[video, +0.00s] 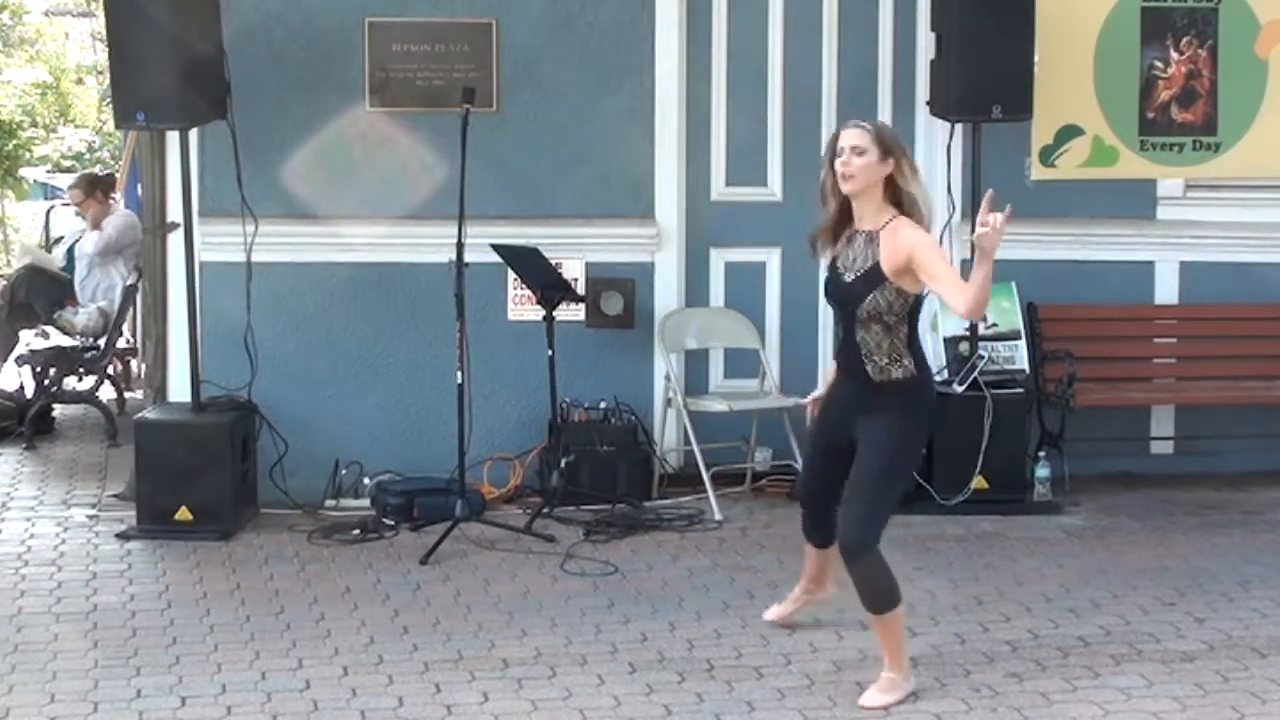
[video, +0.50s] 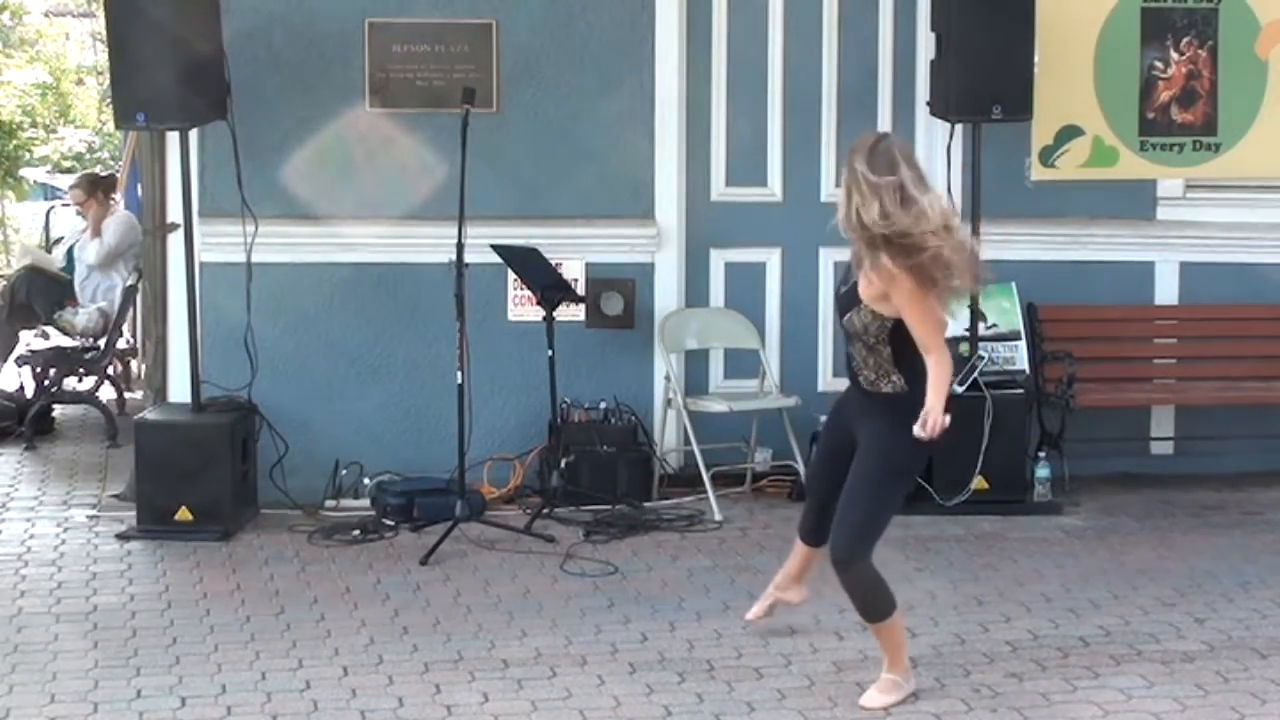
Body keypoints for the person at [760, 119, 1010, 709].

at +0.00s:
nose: (844, 162)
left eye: (859, 152)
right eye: (839, 154)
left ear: (889, 165)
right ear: (833, 170)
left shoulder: (909, 237)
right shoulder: (846, 240)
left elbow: (969, 305)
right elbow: (858, 333)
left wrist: (985, 254)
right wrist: (829, 389)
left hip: (898, 401)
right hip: (847, 395)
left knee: (856, 535)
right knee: (815, 491)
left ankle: (897, 671)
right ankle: (815, 584)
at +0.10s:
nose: (835, 168)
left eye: (846, 159)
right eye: (838, 158)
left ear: (880, 169)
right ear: (871, 171)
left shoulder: (910, 243)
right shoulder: (855, 241)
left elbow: (970, 322)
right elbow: (869, 331)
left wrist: (982, 272)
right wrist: (843, 386)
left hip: (902, 408)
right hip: (855, 397)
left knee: (852, 541)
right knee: (817, 489)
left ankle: (898, 670)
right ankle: (801, 584)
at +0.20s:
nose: (843, 177)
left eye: (847, 168)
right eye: (846, 168)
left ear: (867, 175)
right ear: (877, 175)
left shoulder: (910, 250)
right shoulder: (870, 235)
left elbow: (966, 342)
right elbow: (882, 325)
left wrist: (968, 304)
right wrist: (852, 383)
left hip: (903, 410)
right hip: (859, 395)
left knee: (851, 545)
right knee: (817, 492)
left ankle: (898, 668)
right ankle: (791, 584)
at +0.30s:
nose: (848, 183)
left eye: (850, 174)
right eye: (851, 175)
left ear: (864, 183)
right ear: (893, 181)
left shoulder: (906, 254)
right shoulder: (875, 238)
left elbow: (959, 355)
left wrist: (955, 336)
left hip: (904, 413)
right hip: (860, 395)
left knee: (851, 548)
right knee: (818, 488)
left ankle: (898, 669)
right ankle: (789, 582)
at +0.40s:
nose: (853, 195)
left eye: (856, 186)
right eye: (854, 186)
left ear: (869, 191)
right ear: (903, 183)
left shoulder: (906, 264)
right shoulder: (877, 243)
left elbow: (944, 347)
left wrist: (942, 368)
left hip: (902, 418)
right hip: (859, 399)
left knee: (849, 551)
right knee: (818, 493)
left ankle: (898, 668)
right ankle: (789, 581)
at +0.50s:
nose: (846, 196)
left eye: (851, 187)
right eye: (848, 186)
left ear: (866, 193)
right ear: (900, 186)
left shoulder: (902, 269)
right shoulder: (872, 250)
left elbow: (938, 353)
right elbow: (889, 327)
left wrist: (933, 406)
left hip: (899, 416)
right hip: (859, 398)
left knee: (848, 552)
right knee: (821, 488)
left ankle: (899, 670)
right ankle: (790, 581)